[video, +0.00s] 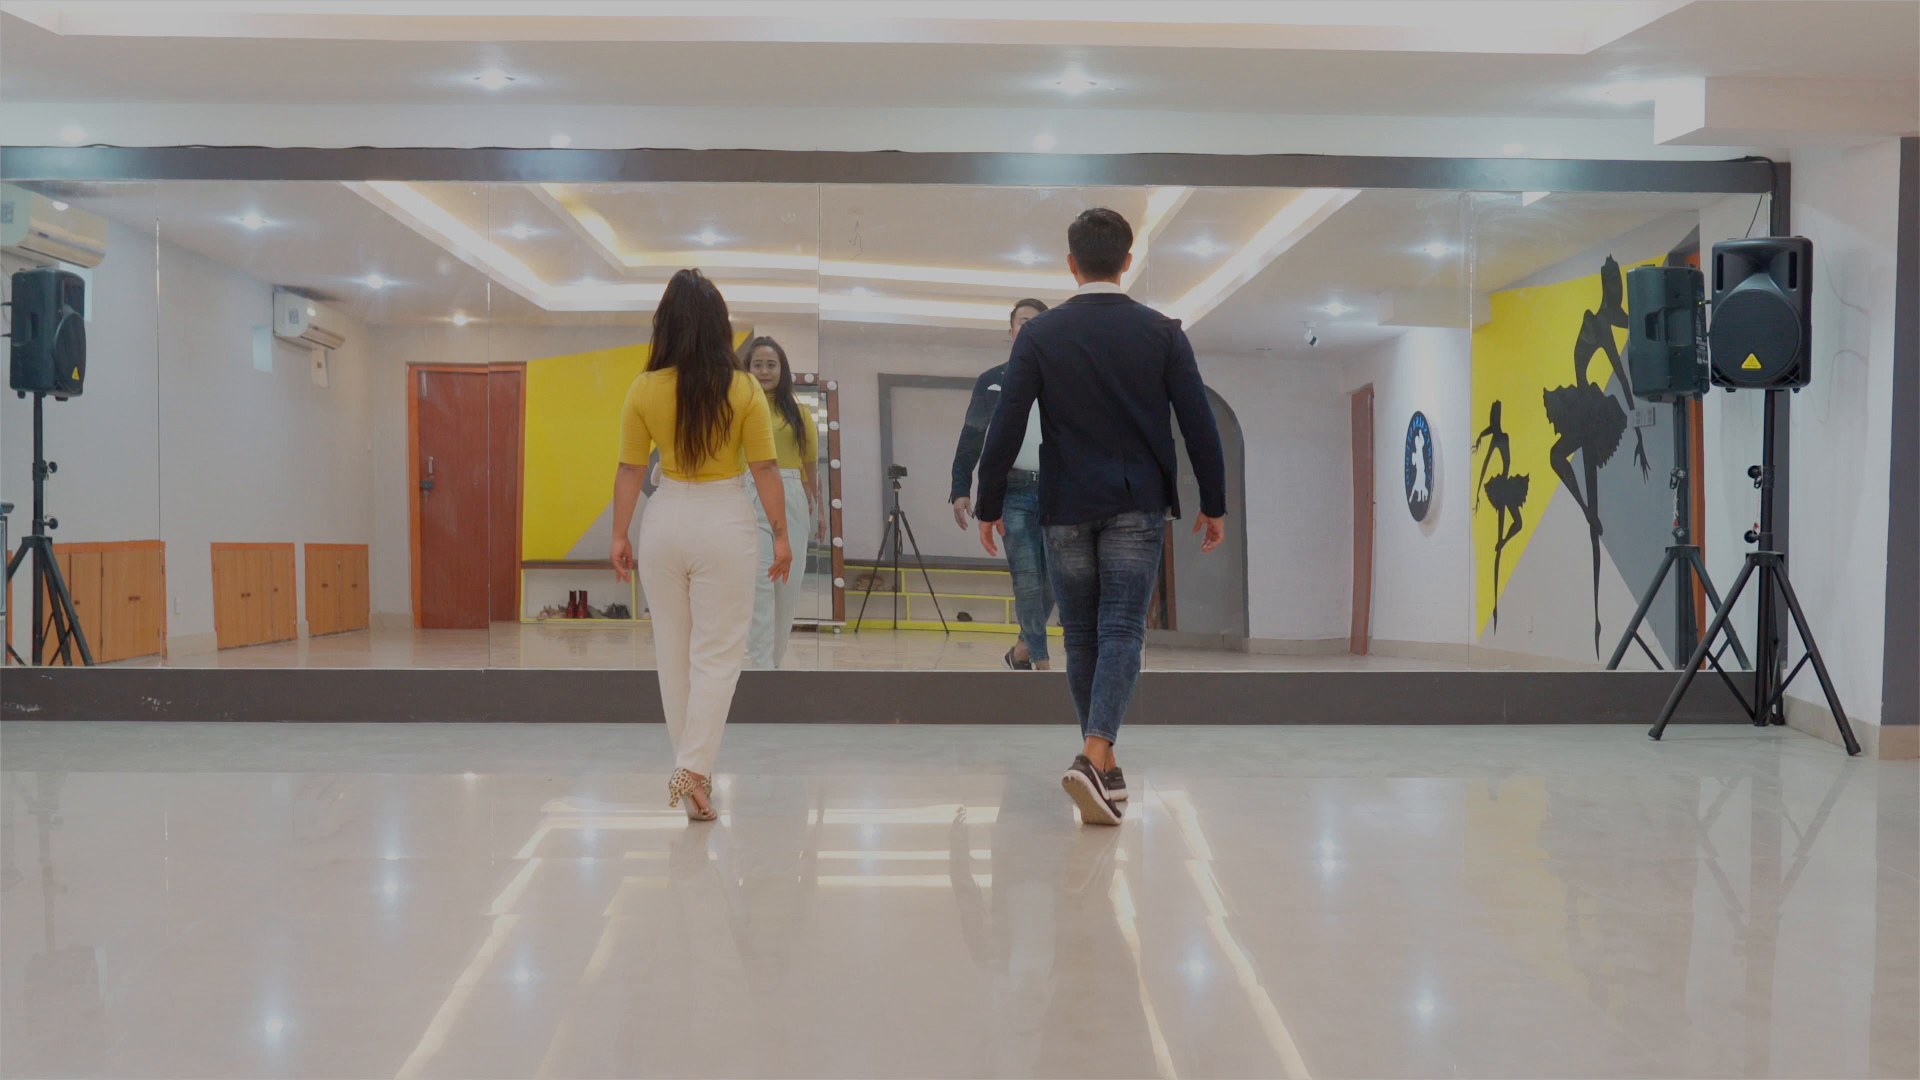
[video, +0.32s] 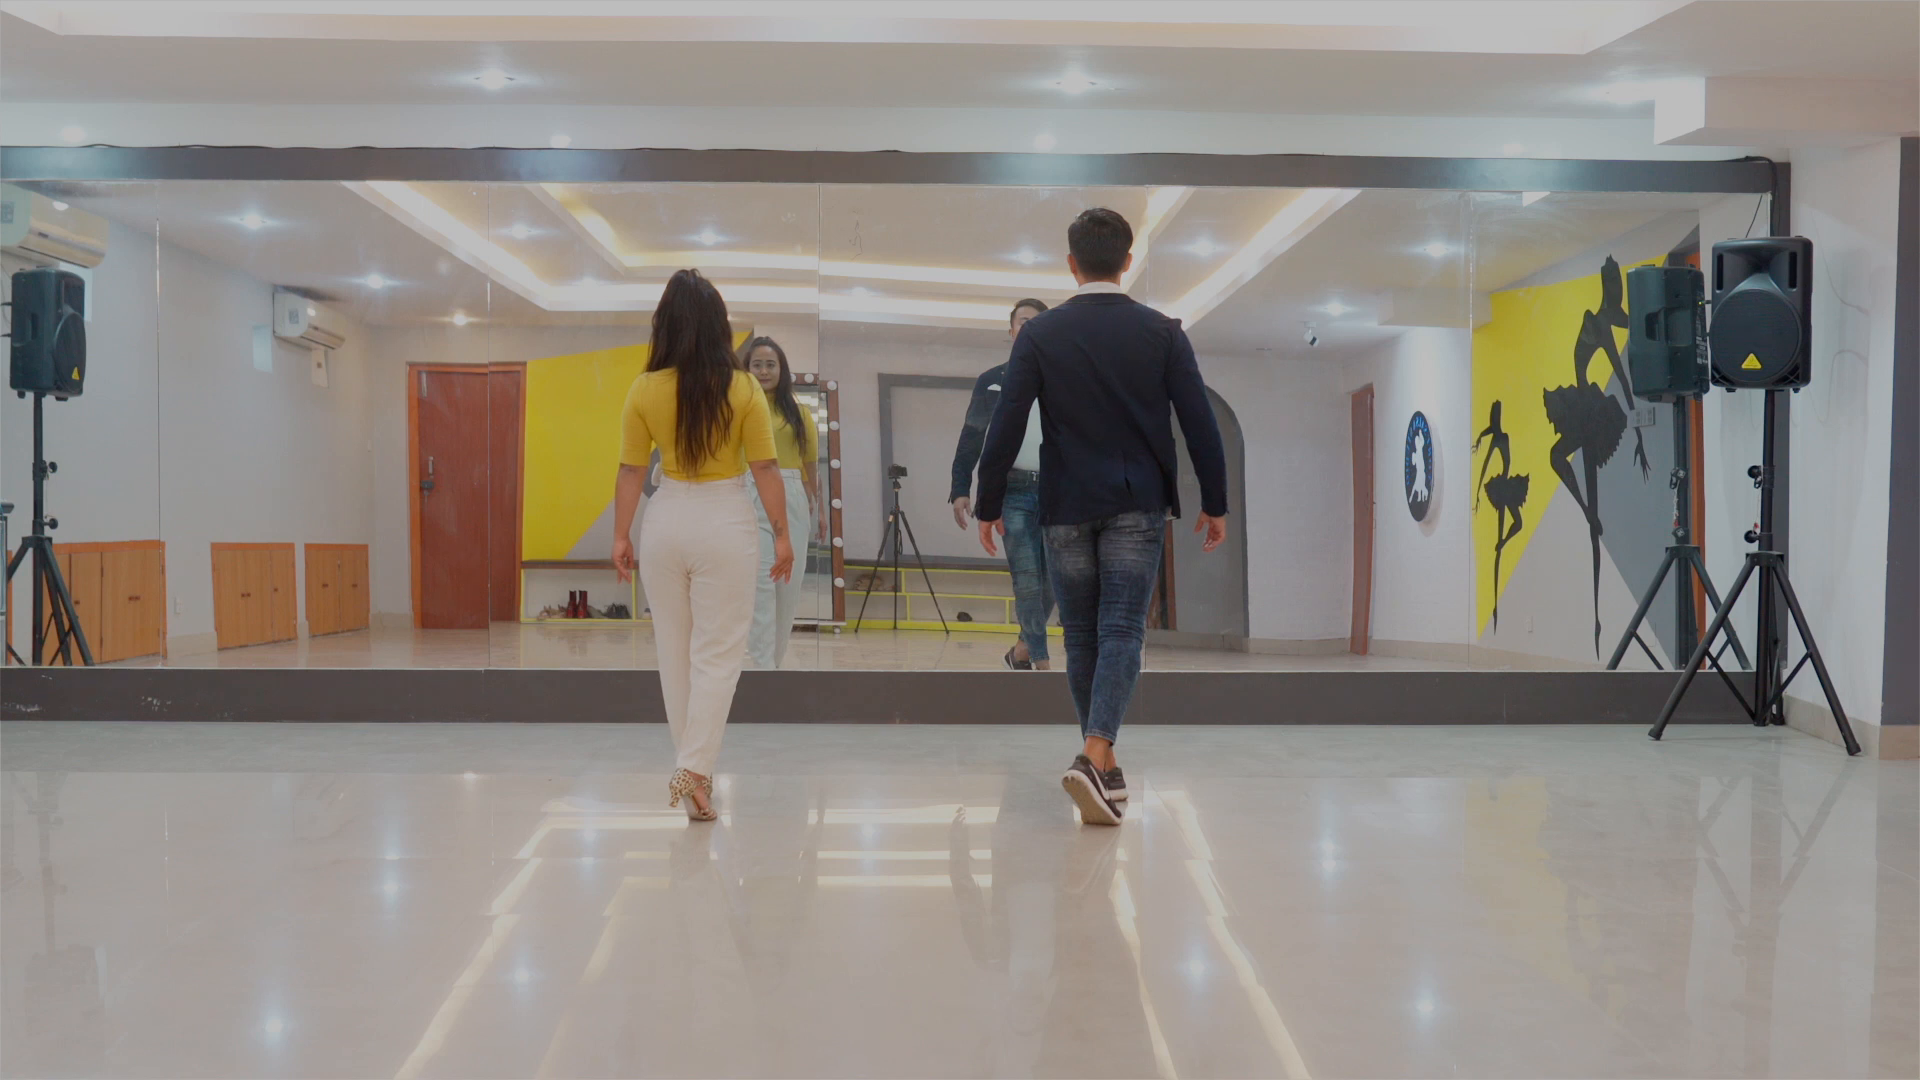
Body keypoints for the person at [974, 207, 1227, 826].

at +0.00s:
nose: (1073, 265)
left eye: (1070, 257)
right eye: (1124, 256)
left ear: (1070, 262)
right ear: (1129, 261)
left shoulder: (1041, 331)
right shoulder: (1160, 330)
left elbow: (1008, 422)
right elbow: (1198, 420)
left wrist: (988, 500)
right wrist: (1213, 501)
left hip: (1065, 499)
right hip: (1138, 497)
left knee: (1080, 634)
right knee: (1122, 630)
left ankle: (1107, 769)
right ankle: (1092, 756)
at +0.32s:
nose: (1074, 265)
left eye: (1071, 257)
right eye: (1125, 256)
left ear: (1070, 262)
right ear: (1129, 261)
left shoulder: (1041, 331)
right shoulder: (1160, 330)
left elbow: (1008, 423)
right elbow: (1199, 419)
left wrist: (989, 500)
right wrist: (1214, 500)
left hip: (1065, 499)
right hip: (1138, 497)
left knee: (1080, 633)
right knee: (1121, 630)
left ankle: (1107, 769)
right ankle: (1092, 757)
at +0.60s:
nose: (1074, 268)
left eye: (1071, 260)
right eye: (1125, 257)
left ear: (1071, 263)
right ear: (1130, 262)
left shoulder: (1043, 333)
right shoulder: (1162, 331)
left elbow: (1007, 422)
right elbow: (1201, 419)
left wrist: (988, 498)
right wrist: (1217, 499)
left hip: (1065, 501)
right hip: (1139, 499)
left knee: (1079, 634)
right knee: (1122, 630)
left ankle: (1106, 770)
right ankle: (1094, 757)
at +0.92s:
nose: (1149, 278)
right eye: (1148, 269)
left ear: (1088, 276)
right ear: (1145, 274)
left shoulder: (1079, 334)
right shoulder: (1119, 335)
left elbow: (1058, 420)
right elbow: (1116, 421)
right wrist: (1170, 480)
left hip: (1067, 508)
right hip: (1096, 510)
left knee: (1103, 631)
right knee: (1139, 637)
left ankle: (1052, 760)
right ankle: (1081, 771)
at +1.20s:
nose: (1109, 285)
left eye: (1121, 273)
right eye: (1100, 274)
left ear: (1149, 279)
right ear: (1090, 282)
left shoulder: (1176, 358)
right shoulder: (1060, 348)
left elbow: (1205, 437)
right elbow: (1000, 422)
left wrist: (1178, 505)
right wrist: (1055, 471)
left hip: (1138, 520)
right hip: (1074, 514)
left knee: (1100, 638)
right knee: (1101, 636)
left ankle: (1049, 742)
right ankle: (1089, 774)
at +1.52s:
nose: (1120, 289)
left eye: (1133, 278)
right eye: (1110, 279)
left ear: (1157, 285)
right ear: (1097, 287)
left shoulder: (1183, 355)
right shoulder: (1069, 350)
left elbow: (1221, 430)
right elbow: (989, 406)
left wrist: (1177, 460)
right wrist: (1026, 483)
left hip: (1143, 521)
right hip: (1077, 515)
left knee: (1107, 641)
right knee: (1109, 639)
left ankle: (1049, 743)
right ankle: (1123, 773)